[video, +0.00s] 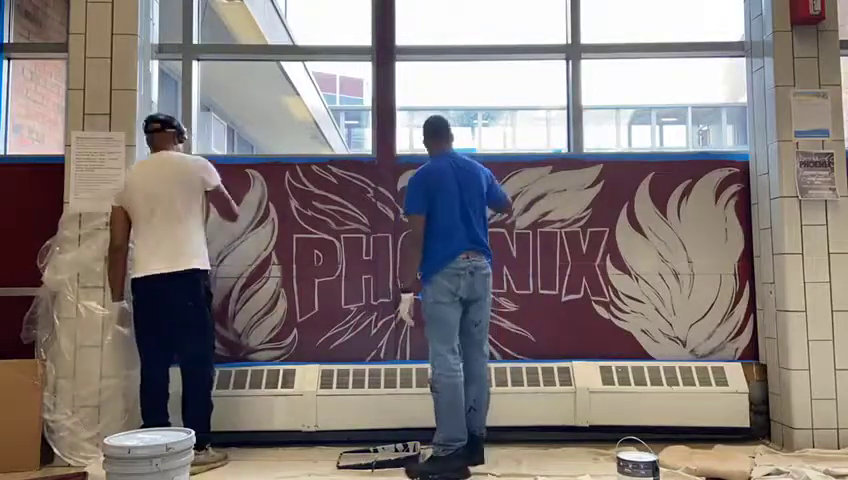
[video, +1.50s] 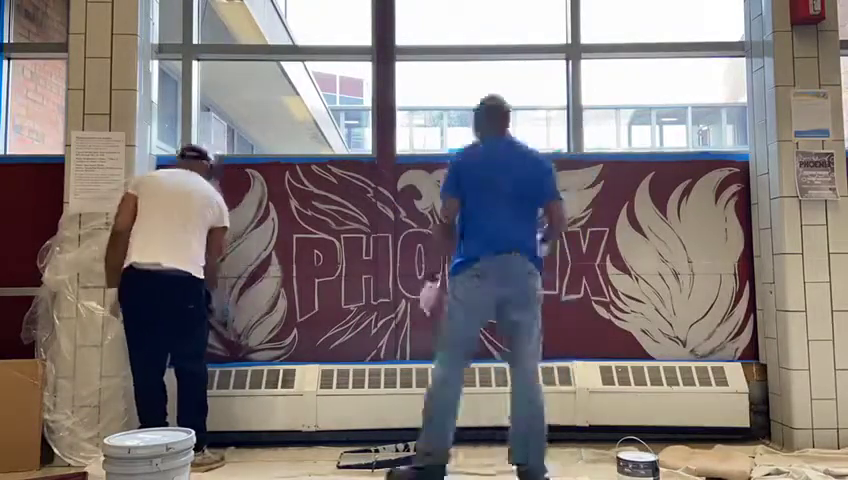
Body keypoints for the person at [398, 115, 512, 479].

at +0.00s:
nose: (430, 145)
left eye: (426, 140)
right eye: (439, 136)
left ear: (425, 141)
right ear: (451, 137)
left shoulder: (422, 177)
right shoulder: (477, 169)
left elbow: (417, 229)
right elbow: (505, 206)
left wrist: (410, 277)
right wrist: (478, 207)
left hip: (443, 270)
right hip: (480, 269)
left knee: (445, 358)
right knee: (476, 355)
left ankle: (449, 449)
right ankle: (474, 440)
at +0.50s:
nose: (488, 149)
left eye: (484, 144)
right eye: (497, 145)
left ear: (479, 144)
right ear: (505, 148)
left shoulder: (461, 166)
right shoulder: (517, 181)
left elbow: (442, 214)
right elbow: (518, 232)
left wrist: (439, 237)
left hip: (466, 265)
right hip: (505, 268)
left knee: (450, 345)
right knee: (499, 351)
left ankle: (448, 443)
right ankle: (499, 445)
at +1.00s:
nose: (497, 152)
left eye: (490, 144)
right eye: (505, 148)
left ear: (483, 144)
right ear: (512, 149)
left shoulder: (458, 175)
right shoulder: (520, 182)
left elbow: (440, 222)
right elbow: (519, 228)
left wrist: (457, 199)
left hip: (467, 272)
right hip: (507, 271)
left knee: (479, 355)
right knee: (532, 353)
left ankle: (492, 443)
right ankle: (552, 437)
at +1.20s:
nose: (538, 147)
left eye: (530, 138)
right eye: (544, 142)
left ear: (520, 140)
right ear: (547, 144)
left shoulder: (494, 175)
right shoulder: (559, 178)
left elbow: (478, 222)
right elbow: (560, 220)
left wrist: (485, 247)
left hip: (505, 272)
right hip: (546, 271)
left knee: (498, 354)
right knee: (553, 355)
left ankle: (493, 443)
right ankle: (562, 443)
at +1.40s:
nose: (569, 147)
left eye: (560, 139)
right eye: (577, 142)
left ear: (553, 140)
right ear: (581, 144)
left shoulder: (528, 173)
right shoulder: (592, 182)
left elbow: (510, 225)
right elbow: (592, 227)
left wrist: (498, 271)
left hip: (531, 273)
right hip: (573, 273)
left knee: (514, 355)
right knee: (567, 357)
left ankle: (506, 438)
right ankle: (563, 441)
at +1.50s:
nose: (478, 131)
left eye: (476, 124)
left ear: (477, 125)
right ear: (508, 123)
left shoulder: (465, 159)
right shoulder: (535, 161)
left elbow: (447, 216)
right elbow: (558, 220)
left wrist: (446, 266)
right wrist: (543, 241)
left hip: (475, 267)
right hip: (522, 266)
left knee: (449, 363)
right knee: (526, 369)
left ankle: (431, 459)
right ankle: (531, 466)